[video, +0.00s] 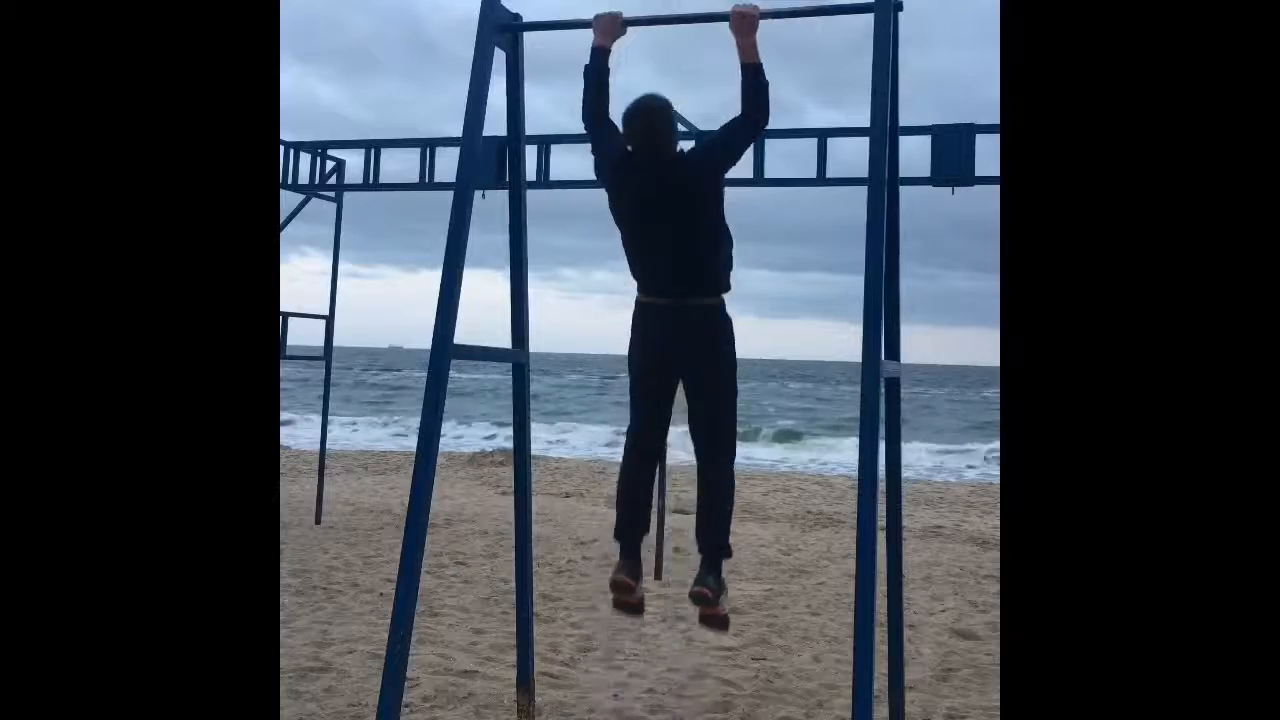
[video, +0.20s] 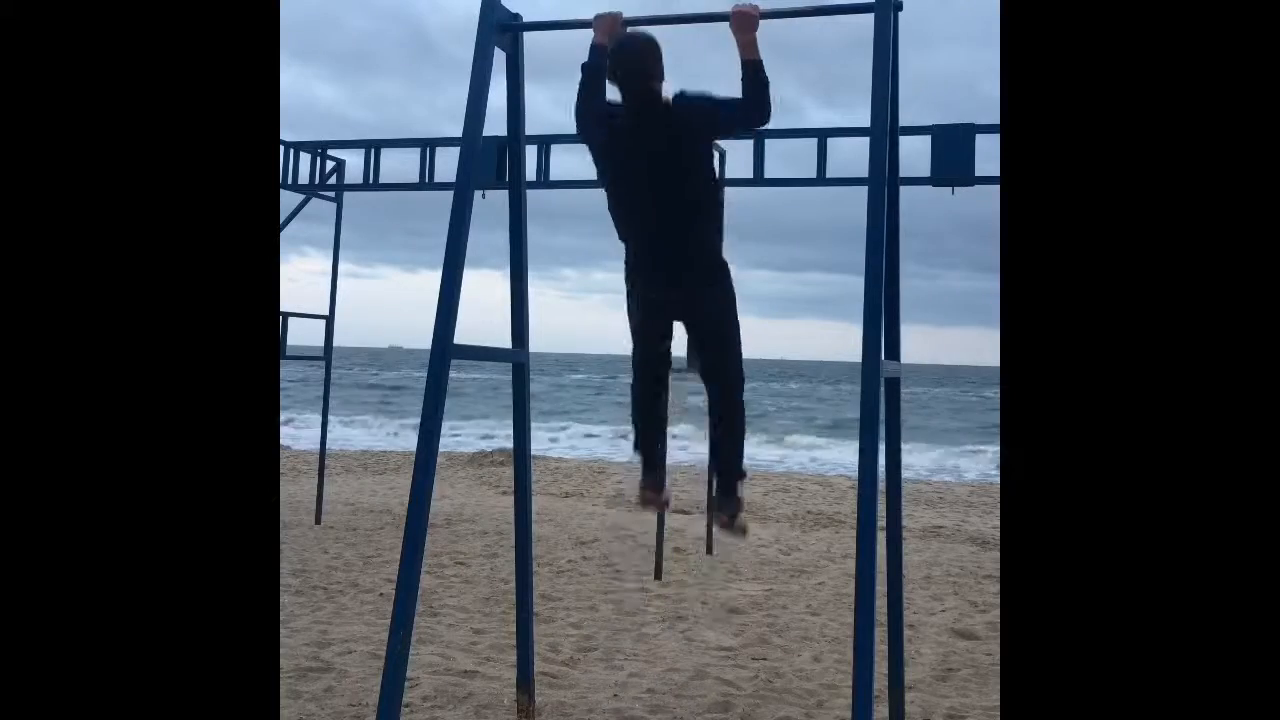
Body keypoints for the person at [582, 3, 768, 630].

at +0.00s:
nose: (677, 125)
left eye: (661, 123)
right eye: (674, 121)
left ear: (628, 137)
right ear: (674, 132)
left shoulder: (619, 172)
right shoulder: (703, 165)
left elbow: (595, 113)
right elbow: (753, 116)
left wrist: (600, 46)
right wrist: (748, 43)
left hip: (651, 323)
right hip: (706, 324)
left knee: (643, 440)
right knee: (715, 450)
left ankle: (627, 564)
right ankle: (710, 574)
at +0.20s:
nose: (658, 73)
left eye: (635, 65)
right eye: (656, 66)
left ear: (614, 80)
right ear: (660, 73)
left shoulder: (604, 128)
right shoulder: (693, 116)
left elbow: (588, 98)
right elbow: (756, 111)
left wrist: (600, 44)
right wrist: (748, 42)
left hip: (645, 275)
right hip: (702, 272)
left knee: (648, 372)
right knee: (725, 381)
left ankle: (652, 483)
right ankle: (726, 497)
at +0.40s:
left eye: (613, 10)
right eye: (653, 5)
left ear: (611, 11)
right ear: (657, 7)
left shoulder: (593, 52)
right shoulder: (687, 43)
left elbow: (569, 104)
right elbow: (757, 94)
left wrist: (592, 40)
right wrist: (749, 39)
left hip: (632, 208)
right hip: (690, 202)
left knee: (652, 298)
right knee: (730, 294)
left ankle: (673, 388)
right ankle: (744, 398)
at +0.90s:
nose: (655, 22)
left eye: (626, 18)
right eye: (658, 16)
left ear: (619, 27)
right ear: (664, 24)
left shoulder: (601, 78)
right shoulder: (693, 69)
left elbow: (573, 107)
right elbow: (764, 100)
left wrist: (596, 44)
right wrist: (751, 38)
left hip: (638, 241)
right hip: (697, 237)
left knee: (654, 352)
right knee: (715, 348)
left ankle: (672, 464)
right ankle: (720, 463)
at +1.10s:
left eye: (637, 86)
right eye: (662, 86)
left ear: (625, 99)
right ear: (673, 94)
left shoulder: (609, 142)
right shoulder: (704, 134)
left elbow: (587, 104)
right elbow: (762, 107)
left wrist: (599, 44)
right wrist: (751, 41)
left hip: (642, 309)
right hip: (700, 309)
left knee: (649, 432)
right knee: (703, 436)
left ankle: (657, 558)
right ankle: (692, 561)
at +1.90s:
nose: (622, 16)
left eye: (613, 11)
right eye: (650, 7)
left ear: (611, 12)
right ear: (658, 9)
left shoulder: (595, 54)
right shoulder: (691, 45)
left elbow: (565, 102)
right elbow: (764, 91)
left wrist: (594, 39)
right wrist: (751, 38)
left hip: (633, 222)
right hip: (692, 218)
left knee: (646, 337)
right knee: (705, 337)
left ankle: (655, 461)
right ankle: (693, 466)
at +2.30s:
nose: (656, 61)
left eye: (636, 55)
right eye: (660, 52)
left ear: (623, 64)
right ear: (669, 59)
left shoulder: (609, 110)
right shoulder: (702, 103)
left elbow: (576, 103)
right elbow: (773, 101)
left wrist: (597, 44)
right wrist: (754, 40)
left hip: (640, 280)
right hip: (699, 280)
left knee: (645, 403)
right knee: (699, 405)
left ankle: (648, 529)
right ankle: (681, 533)